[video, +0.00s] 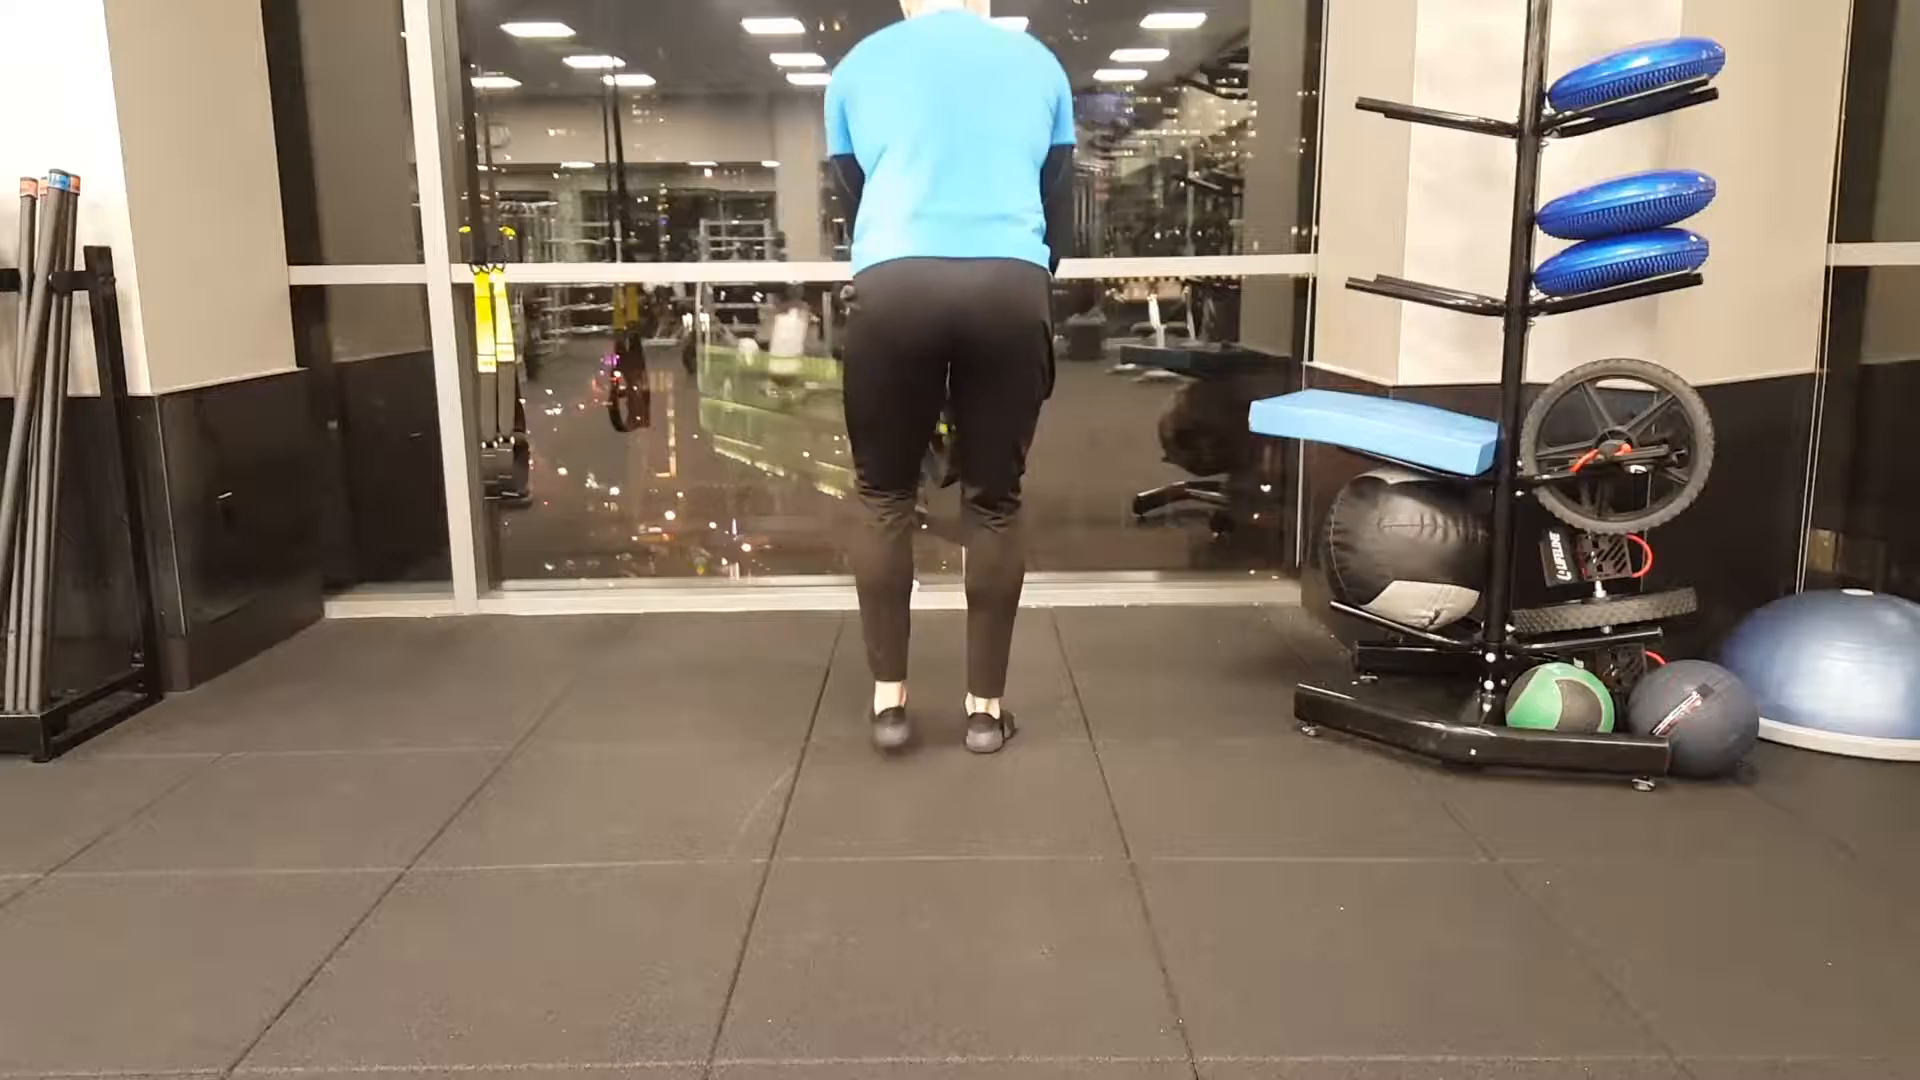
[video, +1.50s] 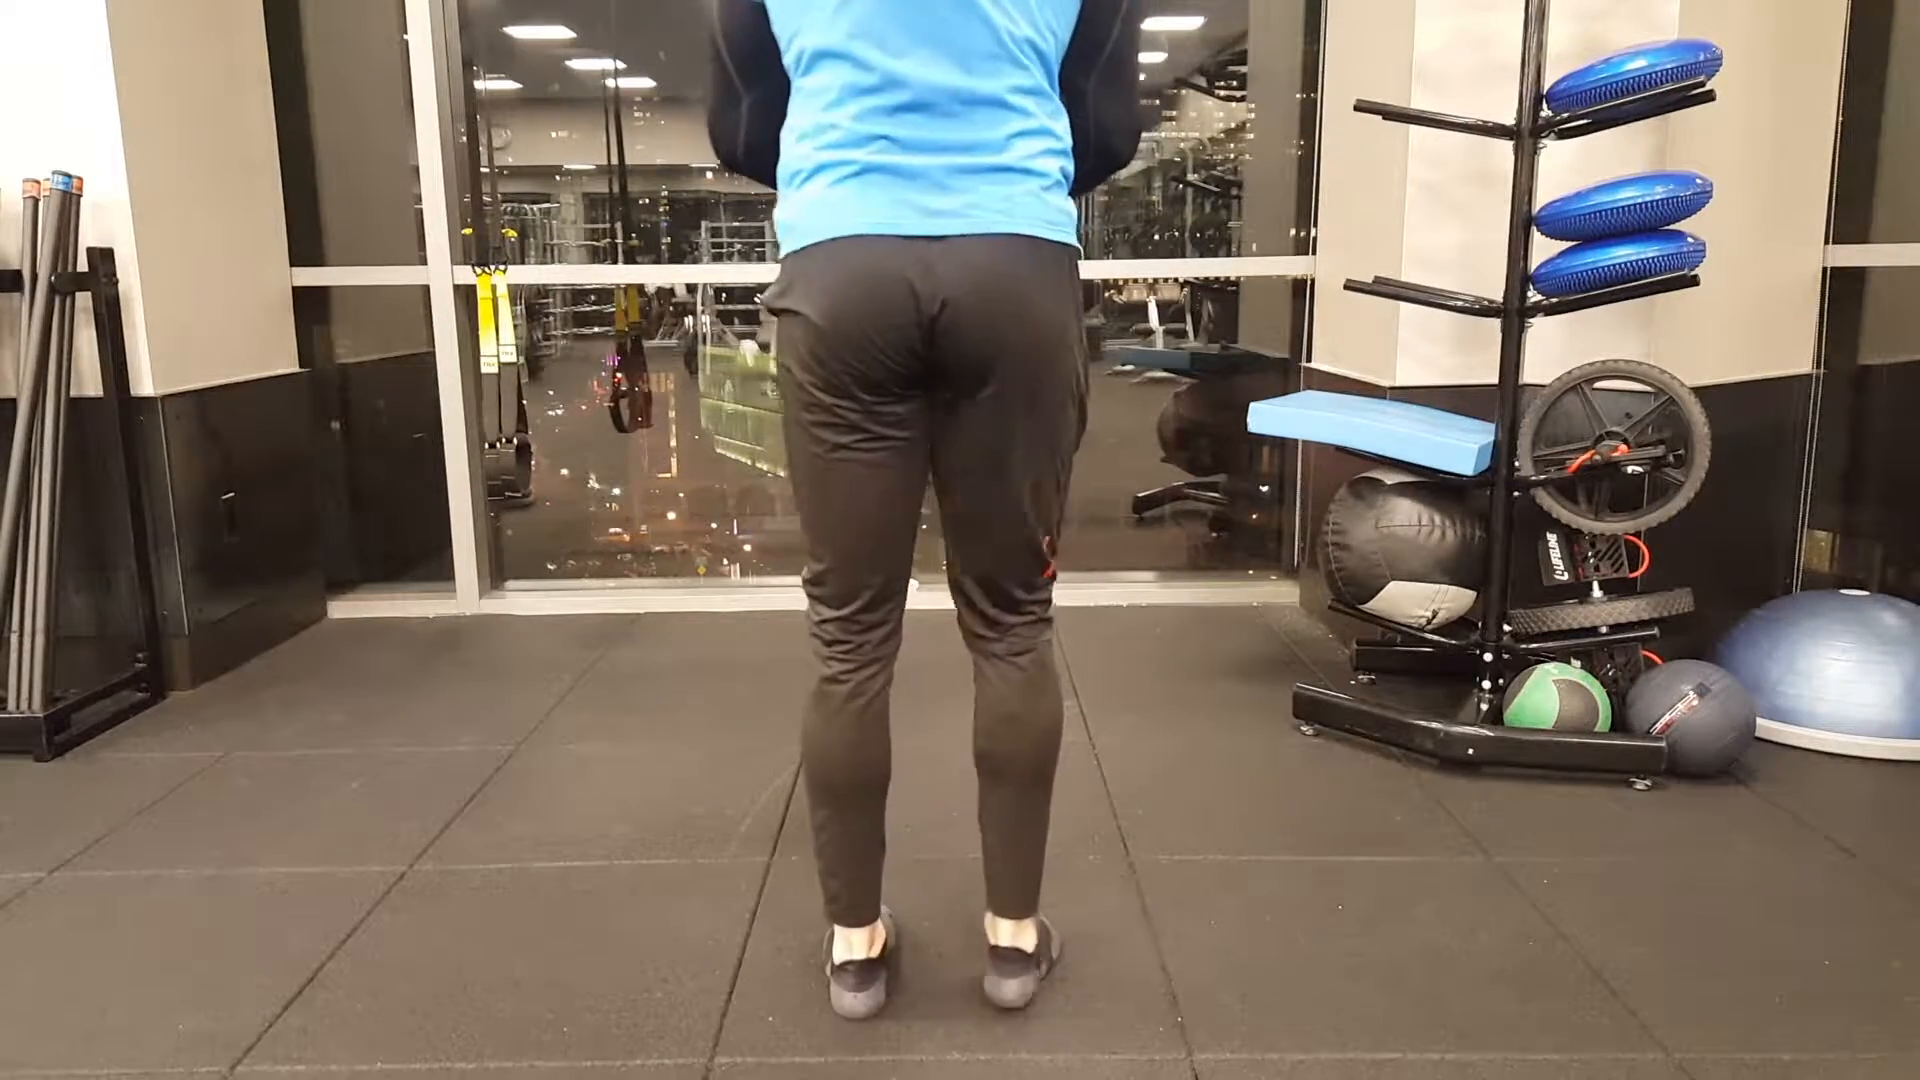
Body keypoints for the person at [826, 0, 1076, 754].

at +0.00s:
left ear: (907, 8)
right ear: (983, 8)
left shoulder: (858, 62)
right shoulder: (1039, 60)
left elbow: (851, 201)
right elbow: (1060, 210)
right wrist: (1039, 302)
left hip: (893, 284)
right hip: (1009, 285)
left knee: (885, 499)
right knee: (993, 502)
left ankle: (889, 705)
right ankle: (984, 711)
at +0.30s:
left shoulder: (821, 34)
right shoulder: (1026, 26)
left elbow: (820, 197)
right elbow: (1053, 201)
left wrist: (867, 270)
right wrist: (1021, 296)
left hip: (863, 295)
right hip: (985, 294)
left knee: (876, 544)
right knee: (984, 526)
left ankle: (880, 773)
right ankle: (987, 712)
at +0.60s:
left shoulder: (780, 8)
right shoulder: (1029, 4)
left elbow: (767, 189)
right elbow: (1067, 168)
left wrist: (821, 282)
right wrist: (1020, 274)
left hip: (851, 275)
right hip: (984, 273)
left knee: (869, 551)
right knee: (991, 536)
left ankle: (879, 794)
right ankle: (989, 776)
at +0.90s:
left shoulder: (810, 1)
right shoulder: (1086, 1)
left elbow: (769, 164)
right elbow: (1104, 171)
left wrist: (838, 258)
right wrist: (1031, 240)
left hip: (869, 289)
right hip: (1022, 283)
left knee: (873, 577)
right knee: (1007, 606)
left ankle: (876, 803)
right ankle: (1000, 935)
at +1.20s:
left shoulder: (807, 3)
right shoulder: (1107, 3)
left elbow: (785, 137)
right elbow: (1127, 143)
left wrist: (882, 197)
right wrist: (1041, 215)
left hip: (866, 261)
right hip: (1034, 258)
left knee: (871, 597)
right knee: (1010, 613)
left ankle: (870, 891)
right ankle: (1002, 943)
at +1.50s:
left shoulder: (769, 0)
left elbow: (743, 136)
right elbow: (1107, 133)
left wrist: (870, 164)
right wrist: (1005, 181)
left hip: (838, 254)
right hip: (1017, 254)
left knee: (849, 628)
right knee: (1012, 619)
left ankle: (855, 946)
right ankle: (1013, 940)